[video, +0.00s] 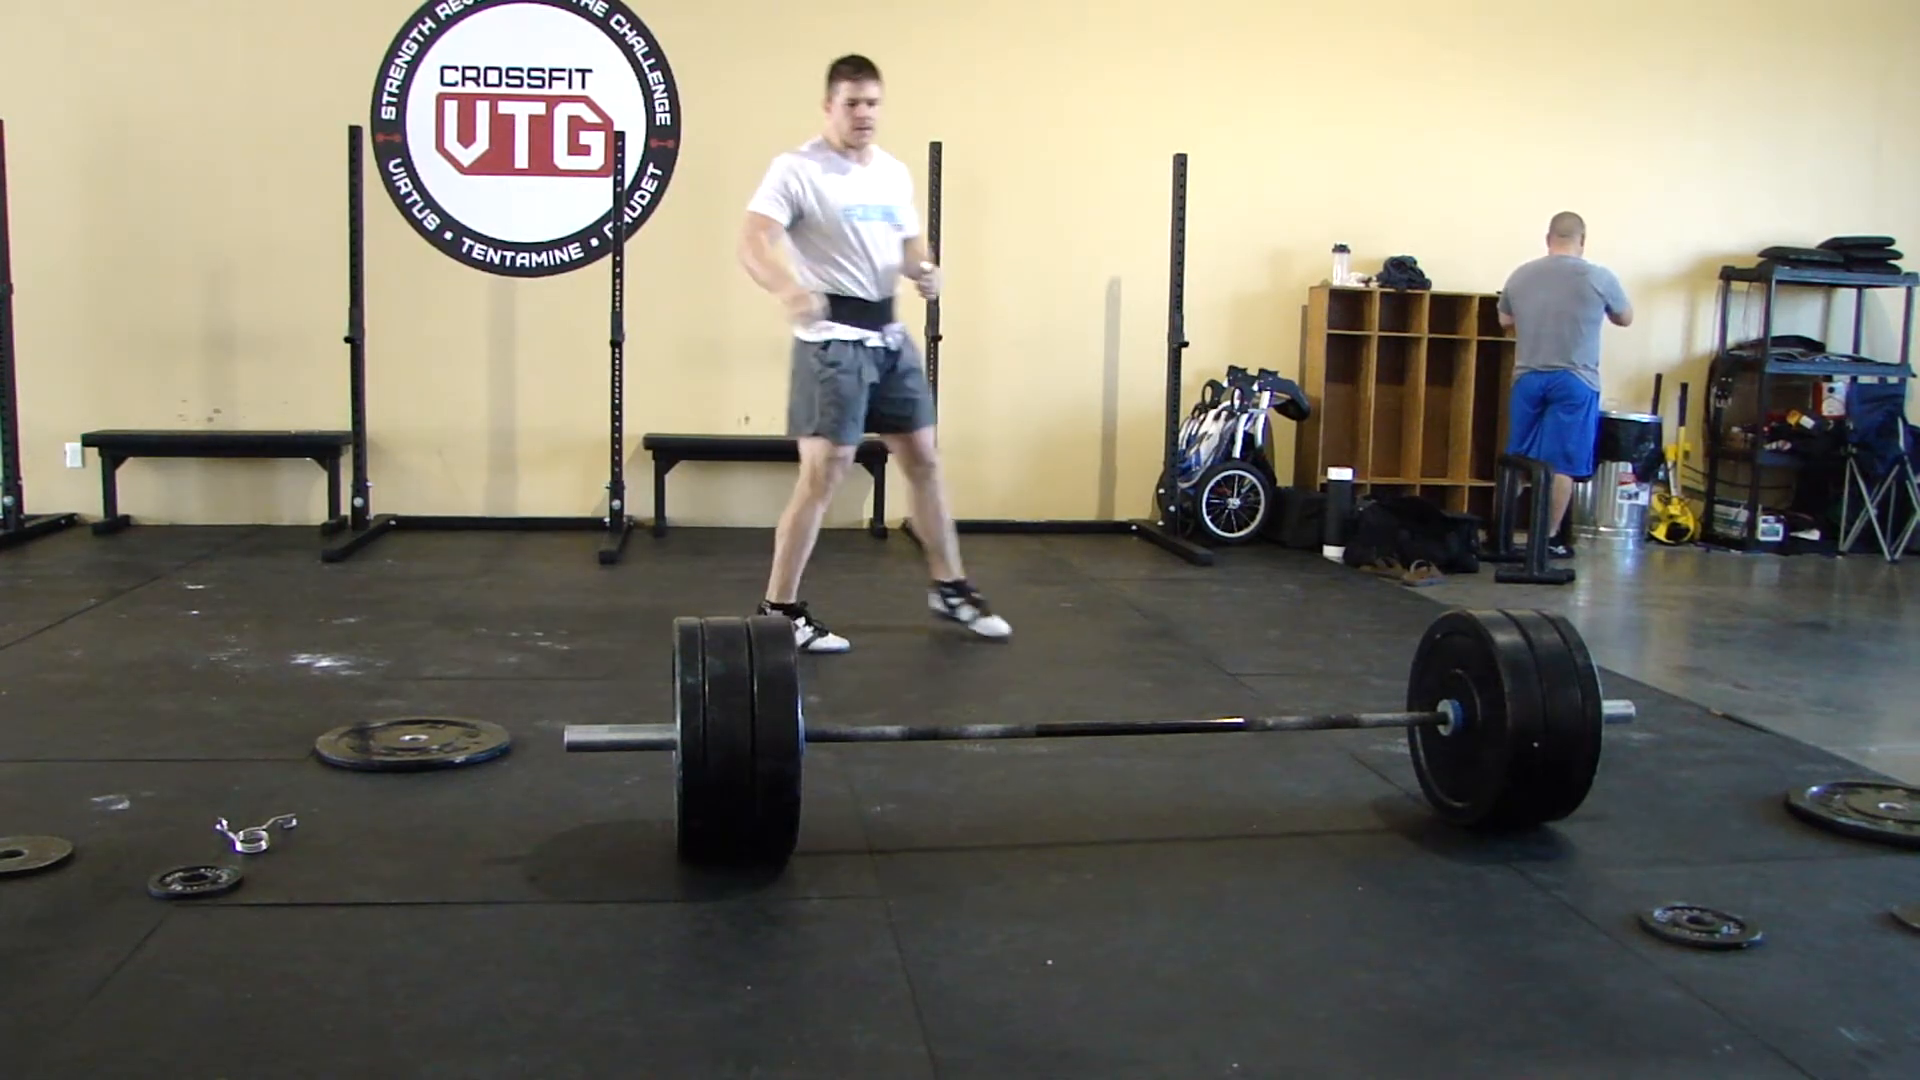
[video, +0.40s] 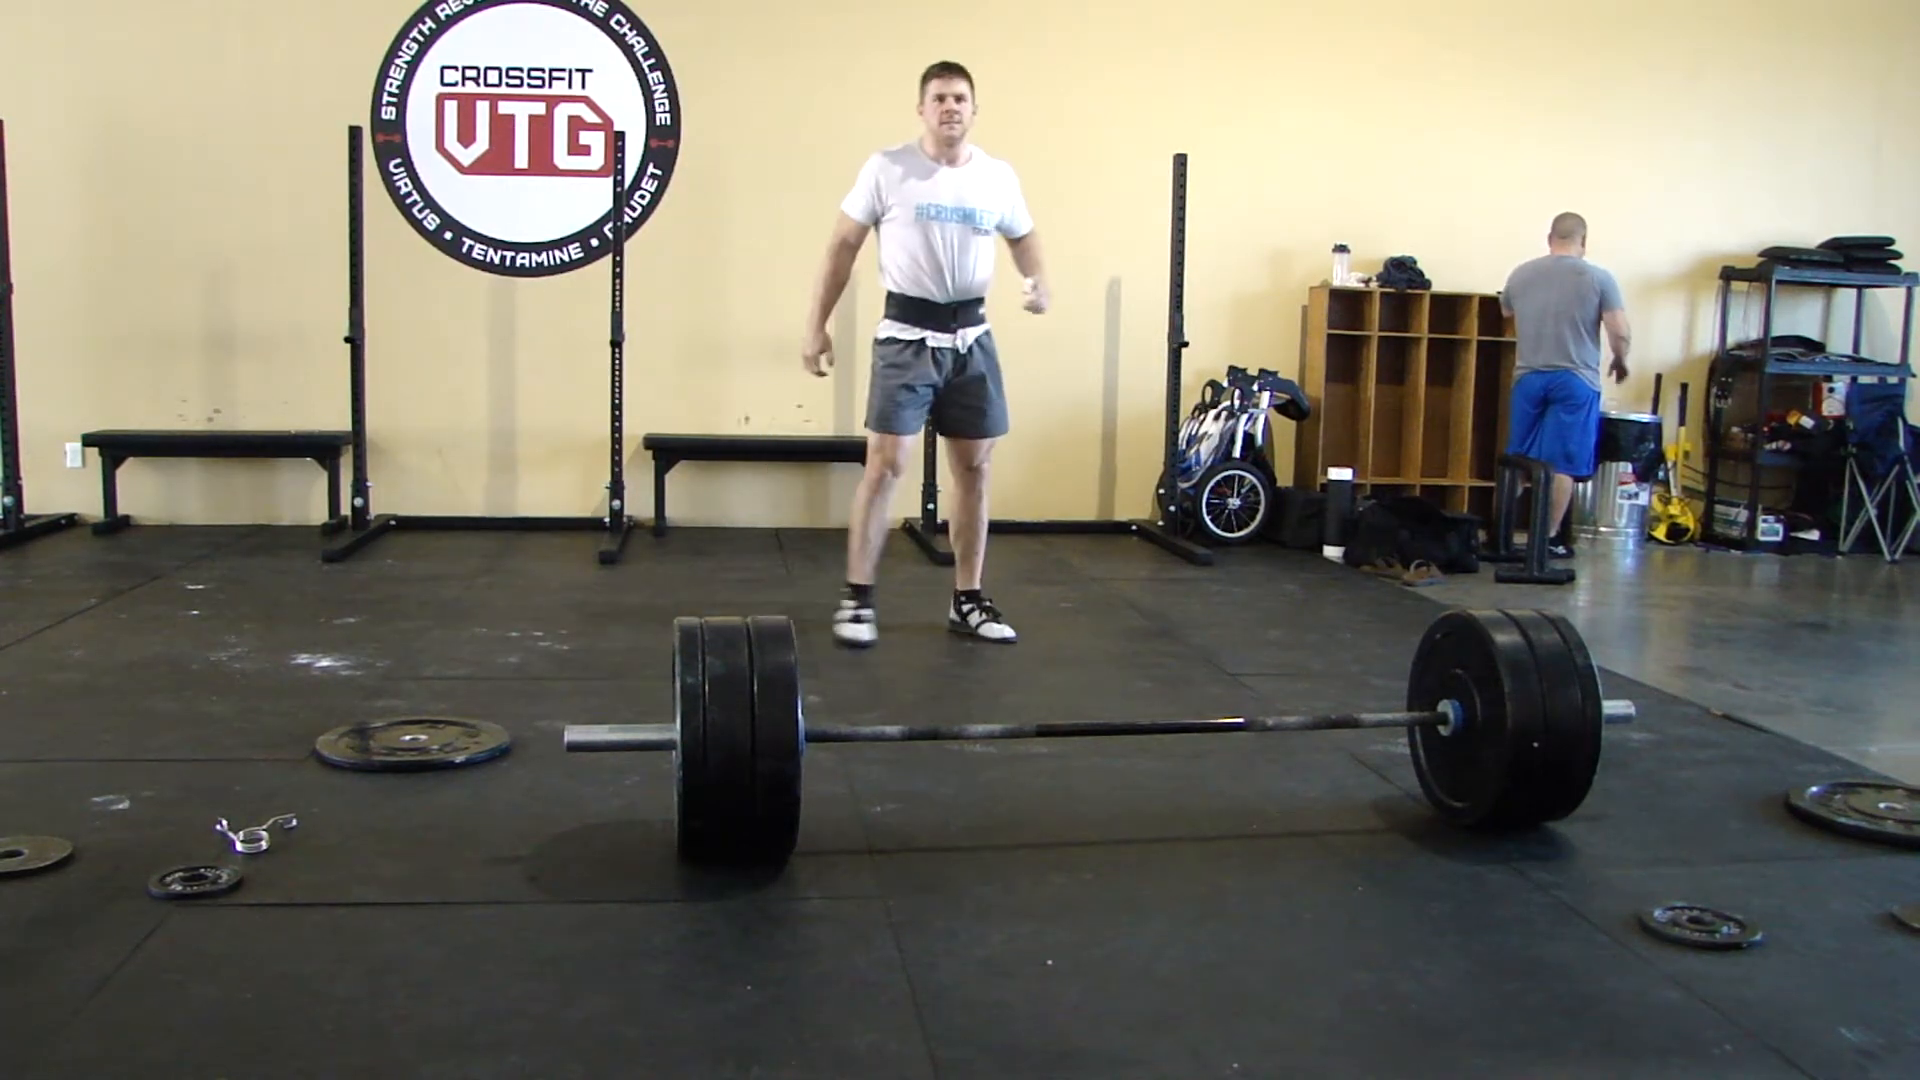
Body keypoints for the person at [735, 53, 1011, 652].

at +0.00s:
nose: (864, 114)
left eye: (872, 104)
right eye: (852, 103)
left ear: (882, 108)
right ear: (826, 106)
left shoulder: (893, 173)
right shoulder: (796, 170)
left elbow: (911, 248)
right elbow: (752, 243)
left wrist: (924, 271)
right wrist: (790, 291)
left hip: (890, 337)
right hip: (831, 337)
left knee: (923, 460)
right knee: (823, 473)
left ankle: (951, 590)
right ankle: (780, 611)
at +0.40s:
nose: (950, 107)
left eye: (959, 99)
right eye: (940, 99)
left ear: (974, 111)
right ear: (921, 109)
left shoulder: (996, 177)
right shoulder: (887, 169)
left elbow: (1024, 239)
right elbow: (843, 247)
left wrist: (1036, 279)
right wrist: (817, 325)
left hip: (972, 341)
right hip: (906, 341)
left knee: (974, 471)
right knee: (885, 467)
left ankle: (969, 599)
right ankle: (859, 596)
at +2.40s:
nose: (965, 129)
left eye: (975, 118)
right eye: (954, 117)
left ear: (988, 122)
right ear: (931, 117)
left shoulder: (1009, 189)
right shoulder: (891, 184)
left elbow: (1036, 264)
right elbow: (847, 259)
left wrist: (1057, 341)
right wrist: (839, 339)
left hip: (985, 357)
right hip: (911, 359)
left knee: (1010, 476)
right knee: (905, 483)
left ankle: (1024, 623)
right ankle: (899, 600)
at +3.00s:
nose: (1046, 101)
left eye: (1059, 88)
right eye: (1035, 87)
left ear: (1076, 89)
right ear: (1011, 84)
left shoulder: (1104, 163)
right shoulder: (965, 151)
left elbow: (1151, 238)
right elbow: (911, 231)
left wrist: (1182, 303)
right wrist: (879, 325)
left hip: (1064, 356)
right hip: (989, 351)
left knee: (1044, 507)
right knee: (989, 499)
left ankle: (1027, 642)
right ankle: (981, 668)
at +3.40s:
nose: (1077, 79)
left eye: (1089, 65)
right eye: (1064, 64)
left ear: (1105, 56)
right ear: (1031, 49)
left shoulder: (1129, 130)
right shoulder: (977, 125)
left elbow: (1157, 228)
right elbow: (917, 214)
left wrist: (1180, 328)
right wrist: (882, 303)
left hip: (1105, 346)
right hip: (1013, 347)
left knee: (1157, 509)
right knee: (1010, 517)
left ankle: (1093, 650)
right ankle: (995, 699)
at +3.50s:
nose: (1095, 81)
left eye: (1108, 66)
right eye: (1082, 65)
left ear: (1123, 55)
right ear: (1048, 47)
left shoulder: (1146, 130)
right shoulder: (991, 124)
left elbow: (1171, 230)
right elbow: (917, 211)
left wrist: (1192, 329)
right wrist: (880, 316)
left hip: (1123, 351)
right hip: (1027, 351)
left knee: (1165, 518)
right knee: (1015, 523)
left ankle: (1160, 718)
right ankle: (996, 706)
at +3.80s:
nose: (1179, 98)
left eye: (1194, 84)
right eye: (1164, 80)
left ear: (1212, 71)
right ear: (1130, 53)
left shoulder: (1235, 142)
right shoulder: (1067, 125)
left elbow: (1273, 249)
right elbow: (992, 227)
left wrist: (1314, 358)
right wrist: (950, 340)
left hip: (1189, 370)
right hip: (1081, 365)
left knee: (1231, 549)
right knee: (1028, 557)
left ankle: (1226, 766)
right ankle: (1022, 680)